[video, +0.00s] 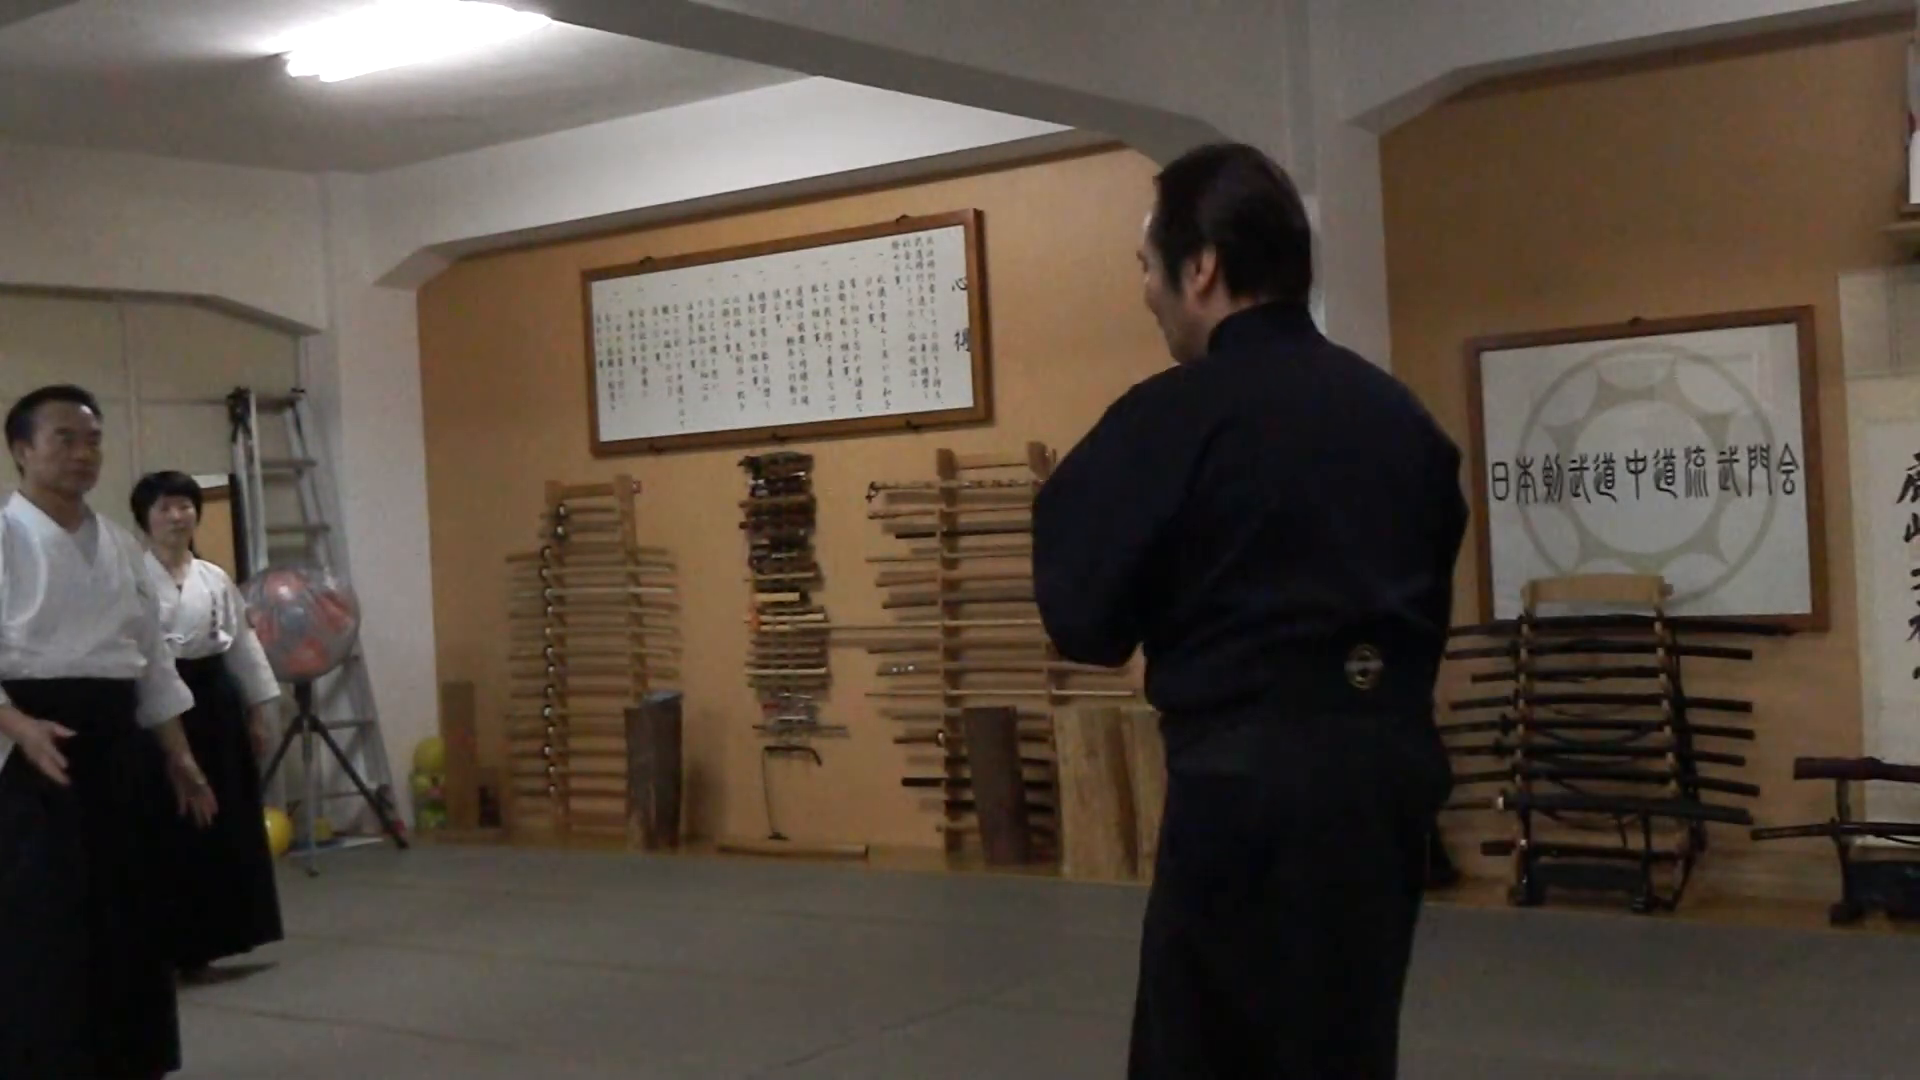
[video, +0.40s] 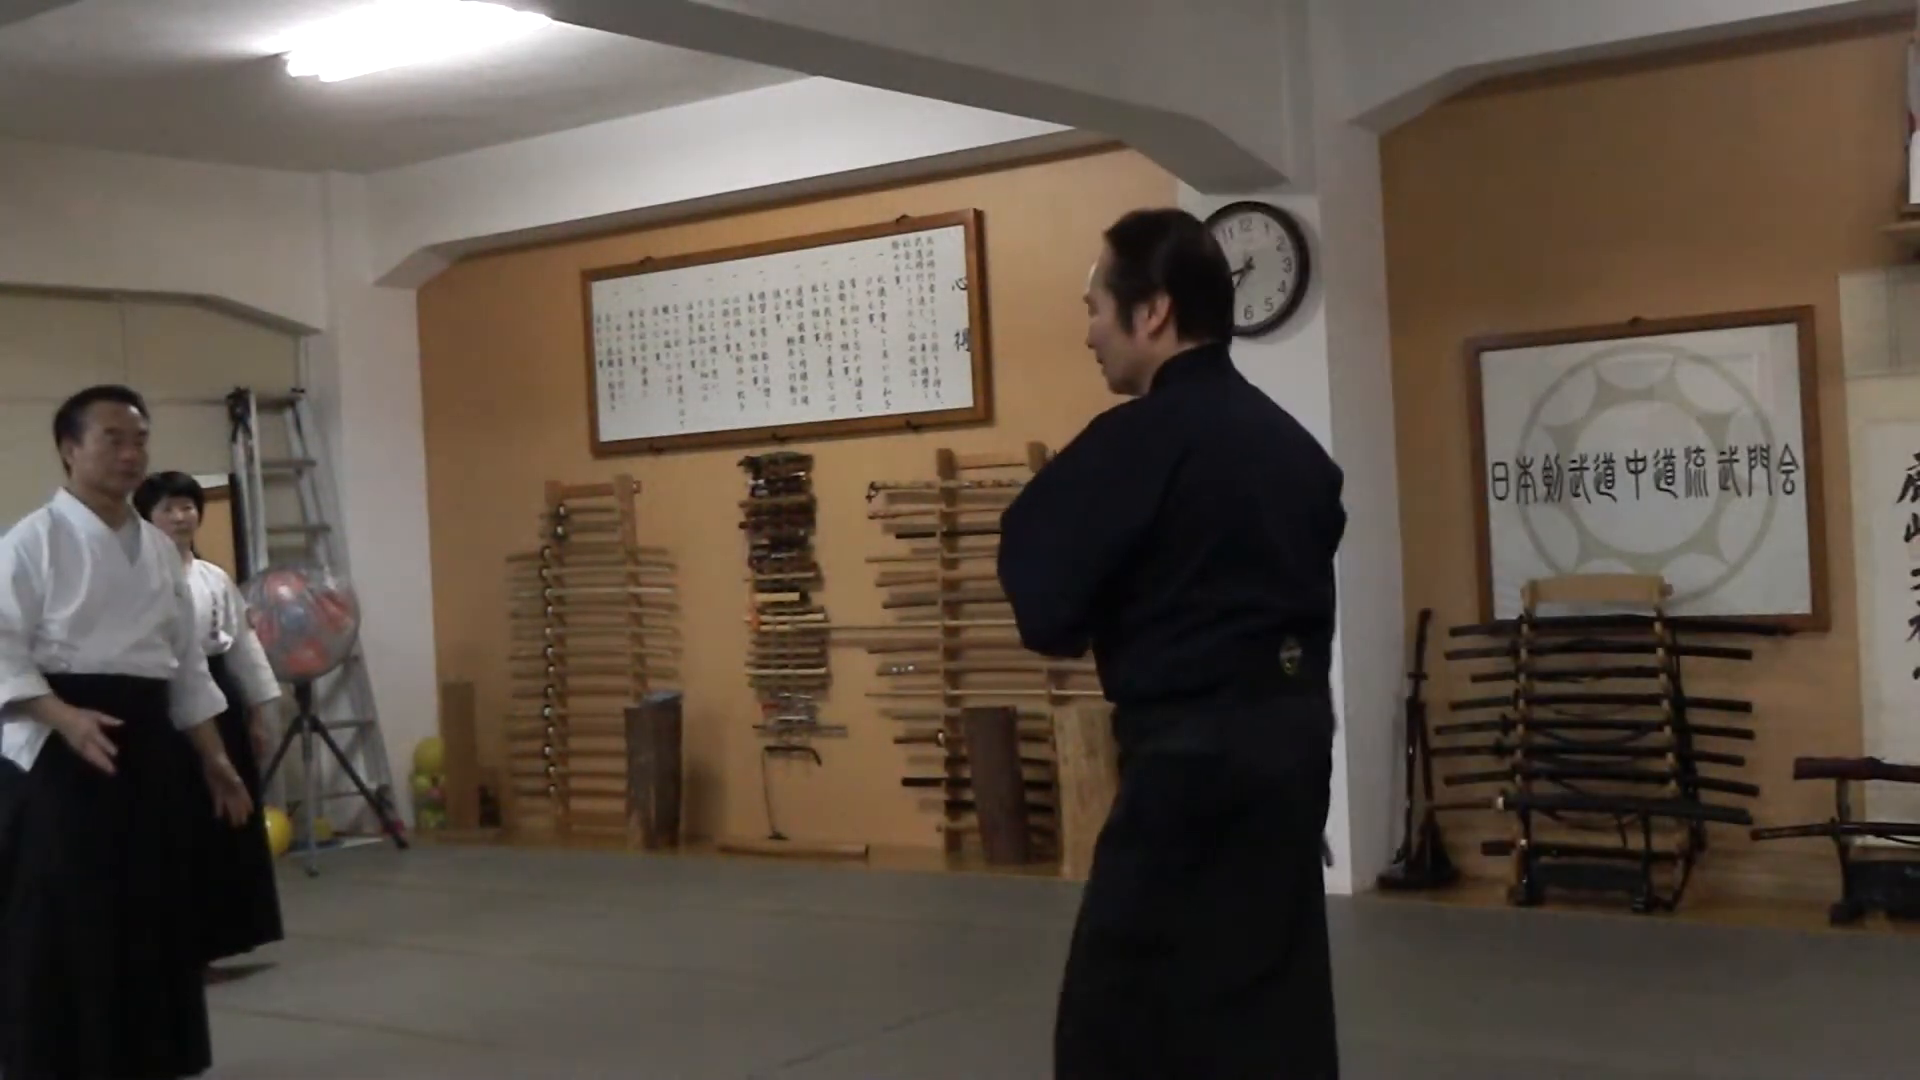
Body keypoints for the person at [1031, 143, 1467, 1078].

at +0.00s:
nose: (1144, 293)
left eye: (1149, 266)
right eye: (1143, 267)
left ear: (1205, 271)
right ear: (1294, 267)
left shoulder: (1168, 415)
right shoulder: (1400, 411)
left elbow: (1084, 623)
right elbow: (1426, 610)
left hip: (1238, 778)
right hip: (1390, 771)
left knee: (1198, 1046)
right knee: (1355, 1046)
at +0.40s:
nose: (1088, 335)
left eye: (1096, 311)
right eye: (1089, 312)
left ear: (1154, 316)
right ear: (1190, 314)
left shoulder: (1131, 445)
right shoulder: (1292, 442)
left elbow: (1044, 602)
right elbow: (1296, 592)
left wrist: (1055, 484)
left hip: (1186, 765)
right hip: (1292, 746)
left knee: (1117, 1009)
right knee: (1277, 992)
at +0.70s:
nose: (1041, 339)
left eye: (1049, 315)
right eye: (1042, 317)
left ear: (1100, 320)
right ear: (1136, 319)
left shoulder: (1084, 439)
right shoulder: (1228, 433)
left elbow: (1010, 589)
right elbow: (1216, 566)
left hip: (1143, 747)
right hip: (1248, 733)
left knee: (1050, 977)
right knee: (1225, 971)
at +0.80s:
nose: (1022, 347)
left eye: (1029, 323)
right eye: (1022, 325)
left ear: (1080, 327)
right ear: (1120, 327)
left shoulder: (1062, 447)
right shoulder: (1205, 441)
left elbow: (982, 595)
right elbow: (1195, 578)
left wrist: (963, 673)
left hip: (1118, 741)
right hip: (1225, 722)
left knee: (1060, 967)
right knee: (1212, 958)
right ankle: (1208, 1074)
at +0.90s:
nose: (999, 349)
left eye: (1006, 330)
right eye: (999, 330)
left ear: (1050, 337)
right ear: (1102, 333)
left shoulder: (1031, 459)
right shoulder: (1174, 452)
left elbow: (974, 604)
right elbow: (1157, 601)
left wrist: (924, 745)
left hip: (1085, 737)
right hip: (1192, 719)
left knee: (1043, 950)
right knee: (1192, 948)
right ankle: (1191, 1066)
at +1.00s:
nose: (961, 361)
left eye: (968, 341)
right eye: (962, 342)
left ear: (1013, 351)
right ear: (1059, 351)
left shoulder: (996, 469)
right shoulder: (1135, 465)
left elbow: (952, 633)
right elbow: (1113, 641)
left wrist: (926, 791)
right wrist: (968, 786)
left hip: (1034, 774)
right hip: (1148, 763)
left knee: (1012, 1001)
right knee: (1149, 995)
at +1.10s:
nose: (917, 368)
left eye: (924, 349)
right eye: (918, 349)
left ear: (966, 354)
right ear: (1009, 353)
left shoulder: (955, 468)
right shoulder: (1094, 466)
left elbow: (926, 631)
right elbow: (1103, 632)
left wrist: (920, 782)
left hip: (985, 766)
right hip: (1090, 759)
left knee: (973, 992)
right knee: (1099, 977)